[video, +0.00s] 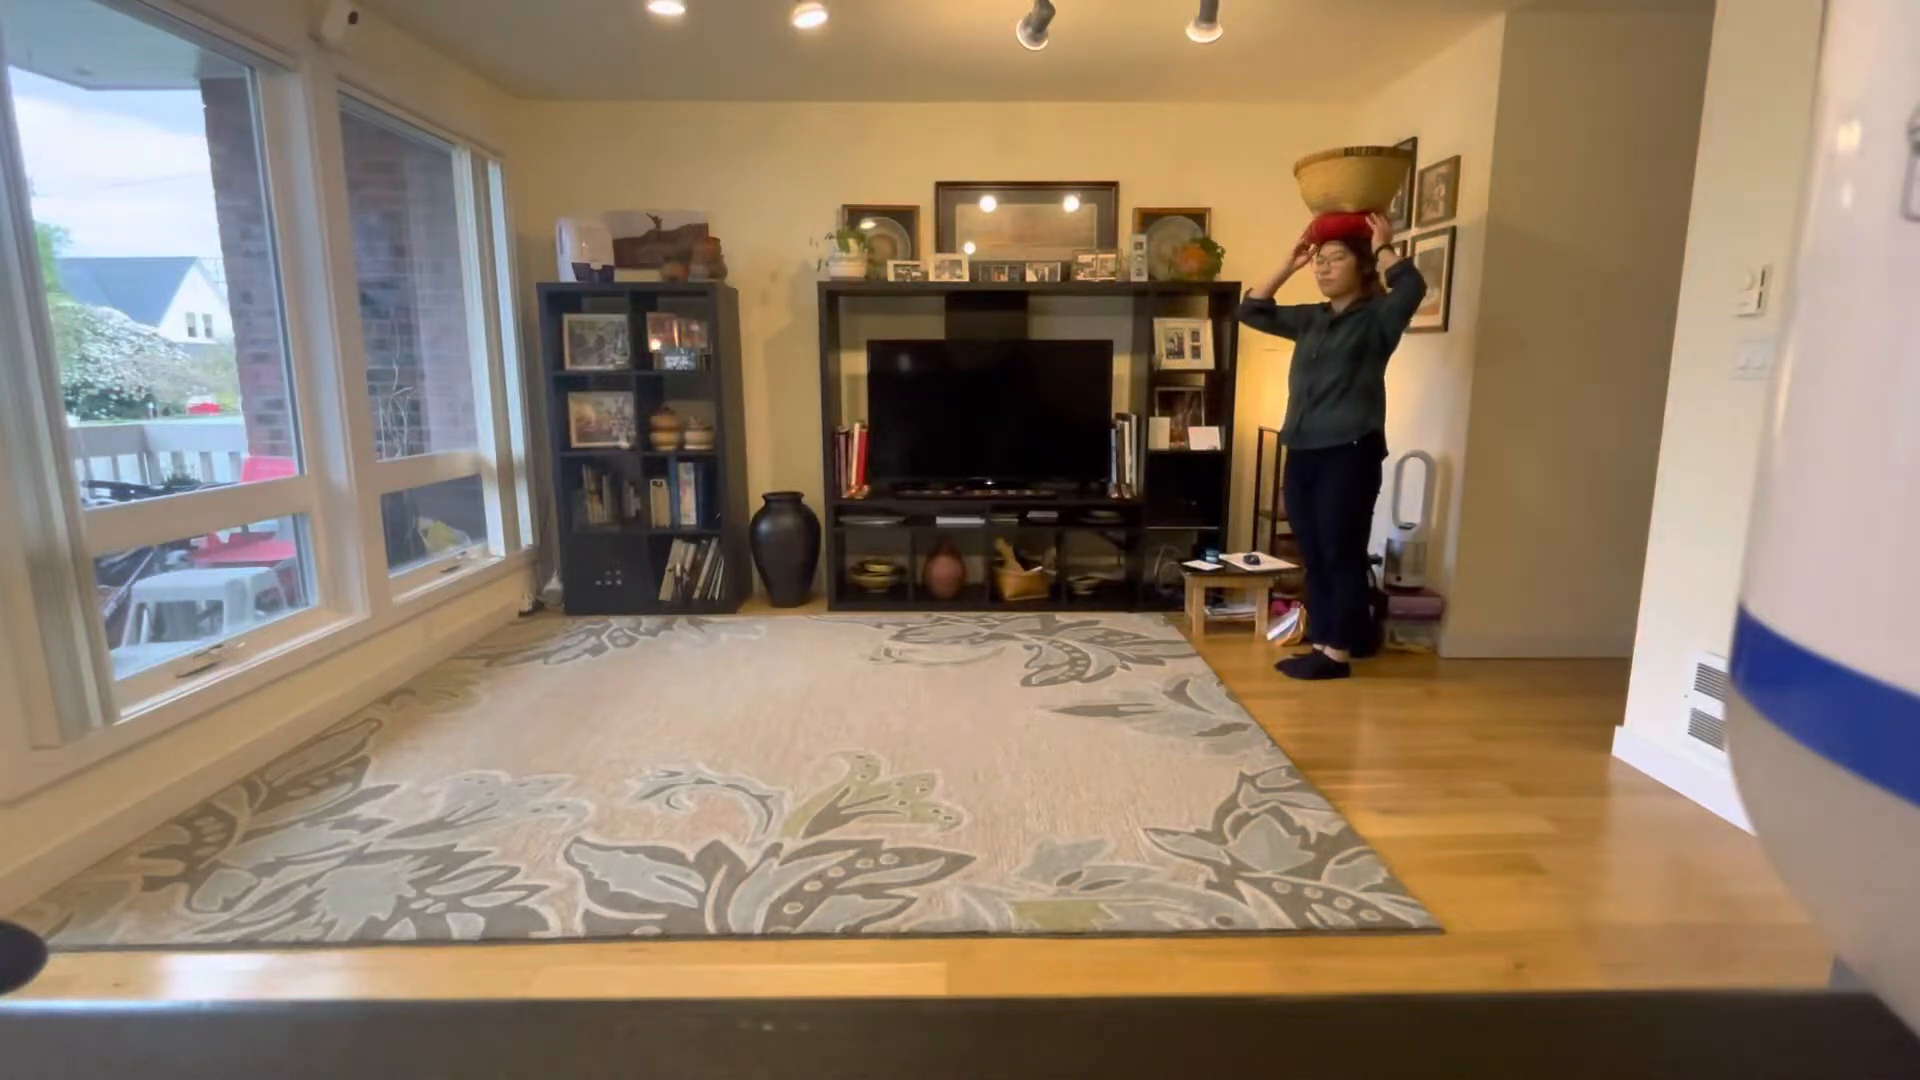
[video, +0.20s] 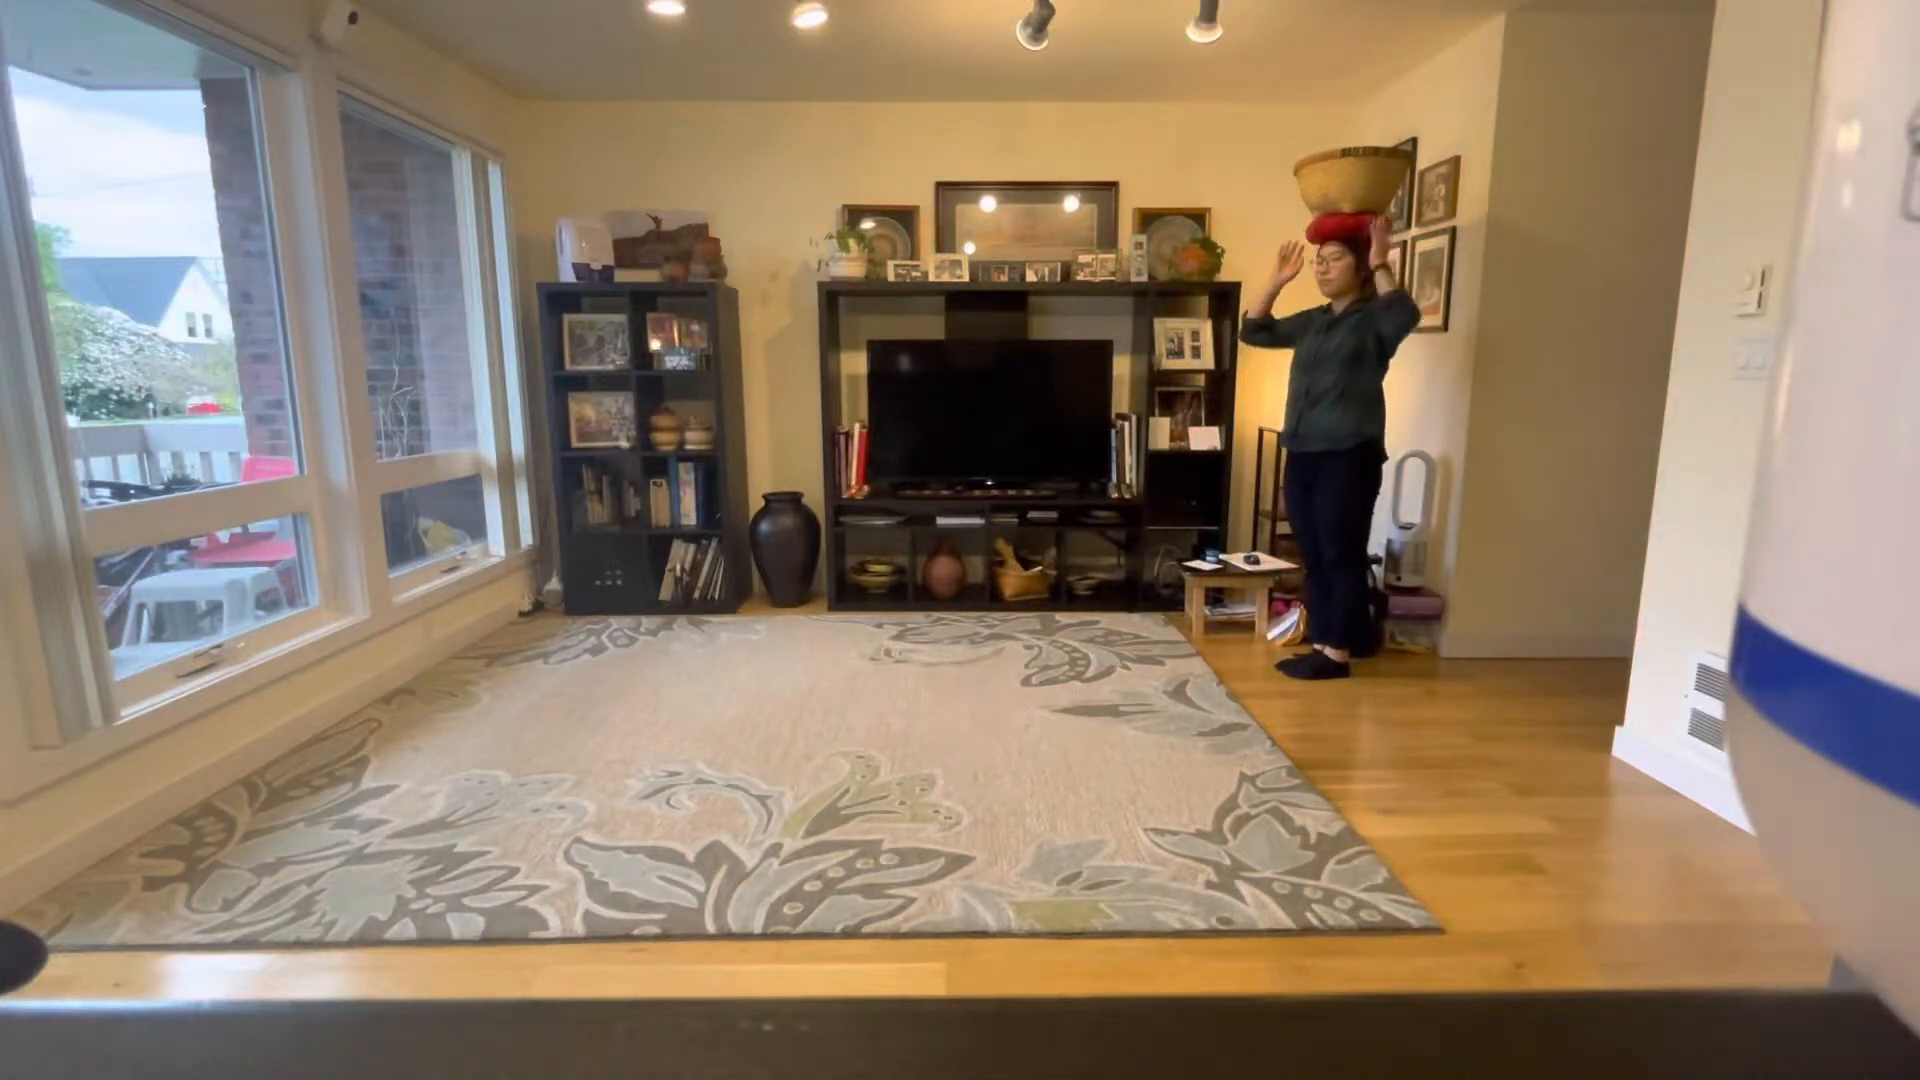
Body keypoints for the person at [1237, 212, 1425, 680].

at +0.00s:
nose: (1323, 267)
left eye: (1335, 258)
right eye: (1318, 259)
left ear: (1362, 266)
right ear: (1313, 266)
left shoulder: (1377, 317)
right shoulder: (1311, 317)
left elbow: (1411, 288)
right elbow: (1250, 311)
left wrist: (1383, 248)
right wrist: (1288, 268)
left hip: (1352, 449)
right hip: (1304, 449)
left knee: (1341, 549)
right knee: (1314, 550)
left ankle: (1338, 652)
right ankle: (1321, 643)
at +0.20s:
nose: (1322, 267)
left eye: (1334, 258)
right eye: (1318, 259)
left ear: (1360, 267)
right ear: (1314, 266)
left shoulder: (1375, 315)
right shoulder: (1312, 320)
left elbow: (1403, 319)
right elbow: (1253, 332)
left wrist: (1380, 264)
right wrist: (1276, 282)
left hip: (1351, 452)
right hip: (1304, 452)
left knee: (1341, 550)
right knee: (1314, 551)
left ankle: (1337, 652)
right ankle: (1323, 643)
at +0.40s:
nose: (1321, 268)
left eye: (1332, 259)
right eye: (1318, 261)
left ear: (1362, 266)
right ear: (1314, 268)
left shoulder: (1382, 322)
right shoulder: (1316, 325)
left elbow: (1391, 382)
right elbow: (1269, 370)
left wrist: (1347, 345)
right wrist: (1254, 325)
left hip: (1350, 459)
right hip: (1305, 458)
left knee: (1340, 553)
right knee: (1314, 553)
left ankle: (1337, 652)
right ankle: (1324, 643)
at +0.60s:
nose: (1319, 268)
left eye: (1330, 259)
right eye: (1317, 261)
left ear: (1361, 266)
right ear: (1316, 268)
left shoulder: (1378, 324)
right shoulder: (1318, 328)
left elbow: (1392, 399)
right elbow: (1296, 395)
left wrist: (1334, 410)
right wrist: (1257, 370)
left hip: (1350, 462)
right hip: (1308, 460)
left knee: (1339, 554)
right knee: (1315, 555)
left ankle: (1337, 652)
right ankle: (1323, 643)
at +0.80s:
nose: (1318, 268)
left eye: (1329, 259)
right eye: (1315, 261)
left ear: (1359, 266)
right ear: (1314, 269)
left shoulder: (1376, 325)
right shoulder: (1318, 328)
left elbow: (1399, 398)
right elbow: (1318, 399)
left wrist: (1342, 426)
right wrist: (1282, 407)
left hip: (1348, 460)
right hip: (1308, 459)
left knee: (1338, 555)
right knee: (1315, 554)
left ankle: (1336, 652)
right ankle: (1324, 642)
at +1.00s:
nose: (1317, 268)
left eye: (1327, 260)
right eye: (1314, 261)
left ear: (1357, 266)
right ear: (1312, 269)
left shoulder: (1375, 326)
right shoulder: (1318, 328)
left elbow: (1397, 397)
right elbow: (1320, 401)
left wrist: (1340, 429)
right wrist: (1284, 413)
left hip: (1347, 459)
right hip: (1308, 458)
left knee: (1335, 550)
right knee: (1304, 549)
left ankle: (1336, 652)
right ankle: (1318, 639)